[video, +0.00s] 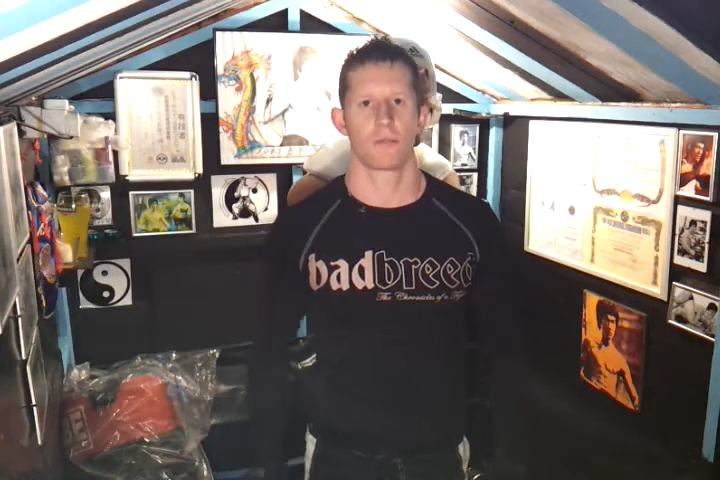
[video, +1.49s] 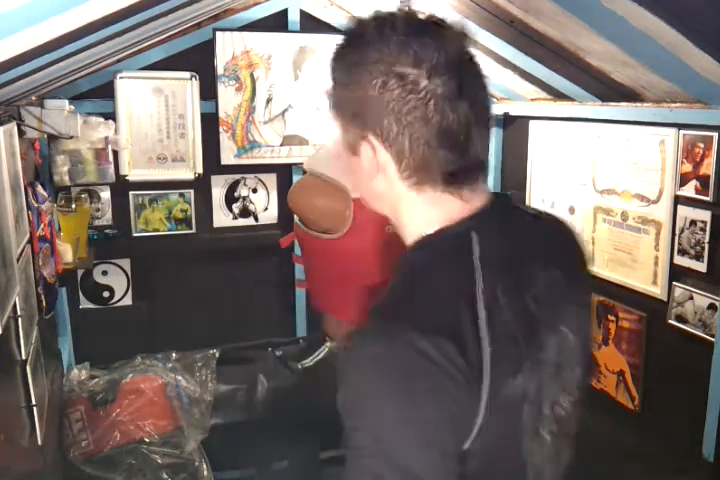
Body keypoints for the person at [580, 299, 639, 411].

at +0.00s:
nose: (610, 326)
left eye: (613, 322)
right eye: (607, 321)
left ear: (616, 326)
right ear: (601, 324)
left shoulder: (620, 360)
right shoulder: (589, 344)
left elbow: (634, 395)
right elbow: (579, 371)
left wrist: (636, 404)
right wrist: (589, 382)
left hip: (609, 402)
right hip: (588, 397)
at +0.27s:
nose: (610, 326)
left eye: (613, 322)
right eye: (607, 321)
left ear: (616, 326)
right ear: (601, 324)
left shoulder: (620, 360)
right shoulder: (589, 344)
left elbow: (634, 395)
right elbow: (579, 371)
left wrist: (636, 404)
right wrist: (589, 382)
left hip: (609, 402)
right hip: (588, 398)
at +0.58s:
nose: (610, 326)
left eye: (613, 322)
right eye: (607, 321)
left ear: (616, 326)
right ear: (601, 324)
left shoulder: (620, 360)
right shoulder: (589, 344)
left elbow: (634, 395)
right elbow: (579, 371)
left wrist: (636, 404)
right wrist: (589, 382)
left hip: (609, 402)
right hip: (588, 397)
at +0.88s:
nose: (610, 326)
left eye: (613, 322)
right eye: (607, 321)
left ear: (616, 326)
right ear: (601, 324)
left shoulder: (620, 360)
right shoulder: (589, 344)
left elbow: (634, 395)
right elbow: (579, 371)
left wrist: (636, 404)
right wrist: (589, 382)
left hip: (609, 402)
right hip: (588, 397)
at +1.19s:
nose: (610, 326)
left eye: (613, 322)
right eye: (607, 321)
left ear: (616, 326)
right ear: (601, 324)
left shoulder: (620, 360)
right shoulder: (589, 344)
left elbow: (634, 395)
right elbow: (579, 371)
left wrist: (636, 404)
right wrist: (589, 382)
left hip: (609, 402)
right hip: (588, 398)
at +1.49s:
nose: (610, 327)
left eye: (613, 322)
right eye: (607, 321)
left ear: (616, 326)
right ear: (600, 323)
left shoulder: (620, 360)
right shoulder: (590, 348)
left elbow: (634, 395)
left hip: (609, 402)